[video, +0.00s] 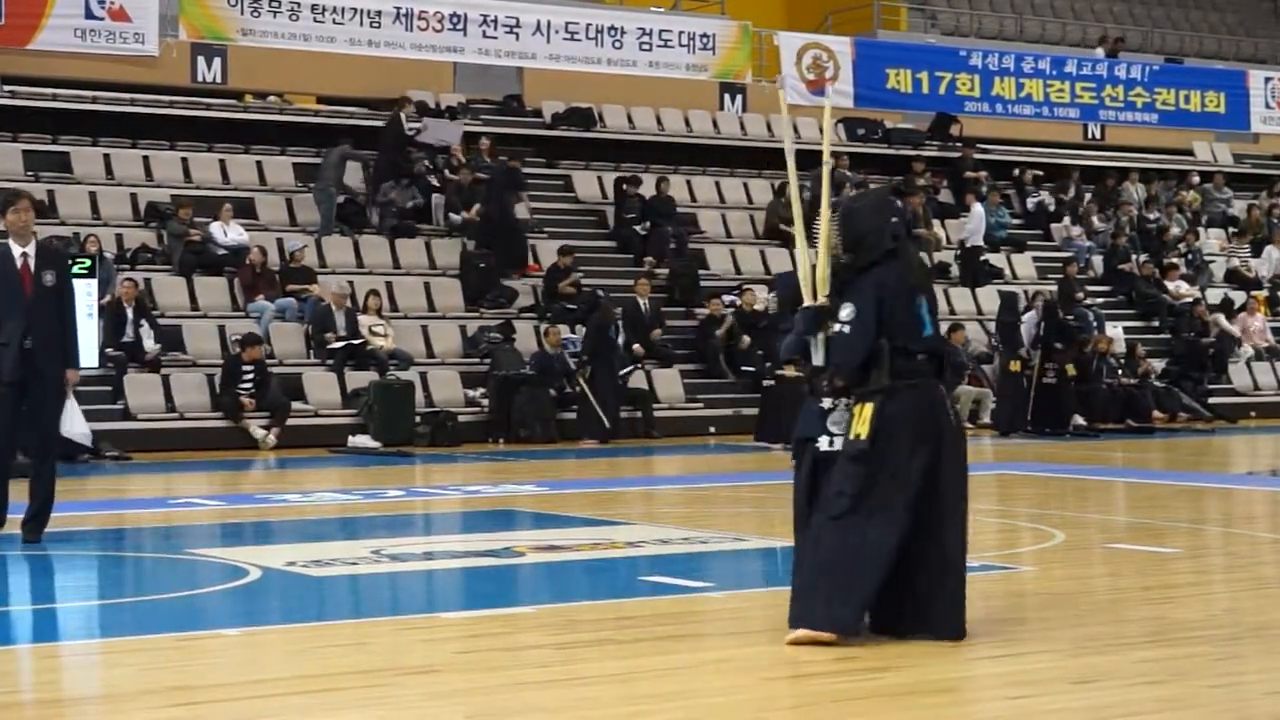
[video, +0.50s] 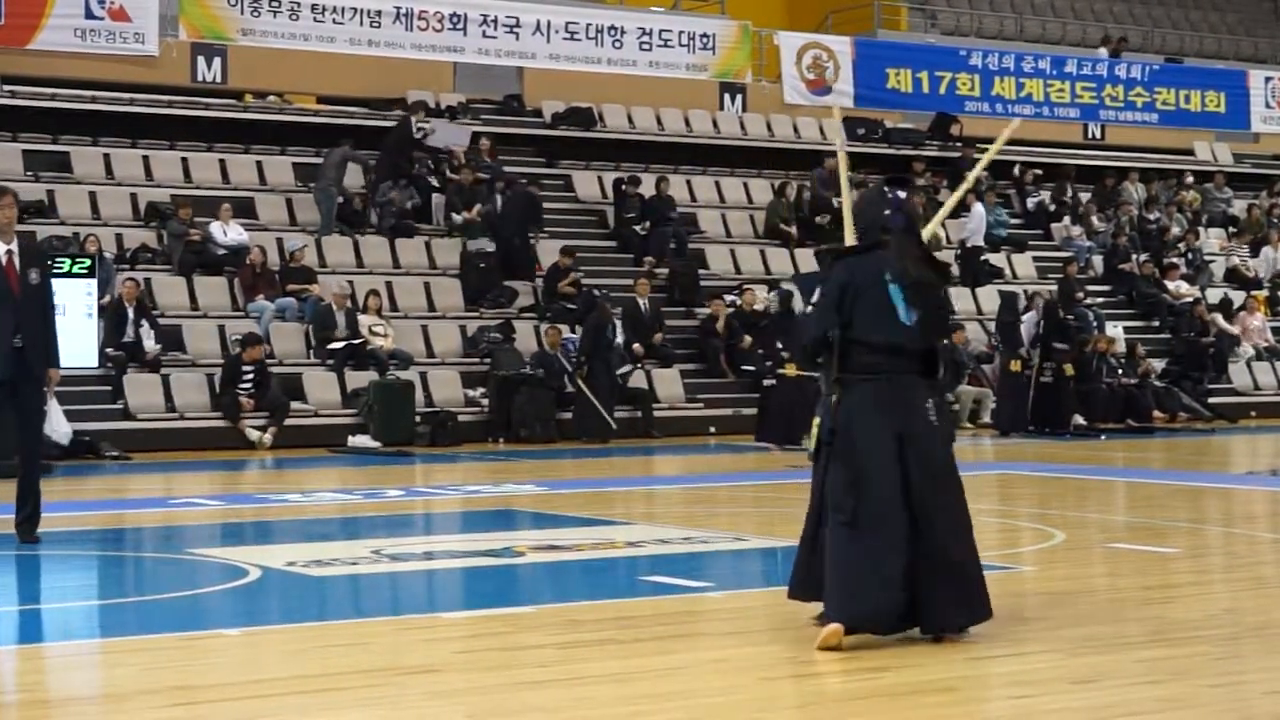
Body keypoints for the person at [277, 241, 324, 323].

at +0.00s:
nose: (302, 254)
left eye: (303, 251)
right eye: (299, 252)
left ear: (304, 253)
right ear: (292, 254)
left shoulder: (309, 270)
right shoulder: (284, 270)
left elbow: (315, 287)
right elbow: (287, 288)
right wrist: (307, 287)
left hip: (307, 294)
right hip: (292, 295)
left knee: (314, 299)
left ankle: (307, 324)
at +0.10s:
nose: (303, 254)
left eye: (303, 252)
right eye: (299, 252)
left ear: (304, 253)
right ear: (292, 254)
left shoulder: (310, 270)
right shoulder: (284, 270)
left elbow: (316, 288)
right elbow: (287, 288)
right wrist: (308, 287)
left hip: (308, 294)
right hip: (293, 296)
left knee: (314, 299)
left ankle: (308, 326)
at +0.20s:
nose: (302, 254)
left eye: (303, 251)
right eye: (299, 251)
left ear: (304, 252)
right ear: (292, 254)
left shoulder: (309, 270)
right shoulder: (284, 270)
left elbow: (316, 287)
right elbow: (287, 287)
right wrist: (307, 287)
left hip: (308, 294)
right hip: (292, 296)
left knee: (314, 299)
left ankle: (307, 326)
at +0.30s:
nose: (302, 254)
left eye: (303, 251)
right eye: (299, 251)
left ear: (304, 252)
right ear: (292, 254)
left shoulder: (309, 270)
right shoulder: (284, 270)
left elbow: (316, 287)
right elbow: (287, 287)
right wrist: (307, 286)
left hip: (307, 294)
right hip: (292, 295)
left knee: (314, 299)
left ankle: (307, 325)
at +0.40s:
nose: (302, 254)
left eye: (303, 251)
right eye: (299, 251)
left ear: (304, 252)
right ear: (292, 254)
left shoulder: (309, 270)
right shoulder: (284, 270)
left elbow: (315, 287)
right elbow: (287, 287)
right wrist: (307, 287)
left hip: (307, 294)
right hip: (292, 296)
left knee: (314, 299)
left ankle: (307, 325)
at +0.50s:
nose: (302, 254)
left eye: (303, 251)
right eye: (299, 251)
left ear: (304, 252)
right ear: (292, 254)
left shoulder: (309, 270)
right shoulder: (284, 270)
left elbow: (316, 287)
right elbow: (287, 287)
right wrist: (307, 287)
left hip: (307, 294)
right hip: (292, 296)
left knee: (314, 299)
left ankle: (307, 325)